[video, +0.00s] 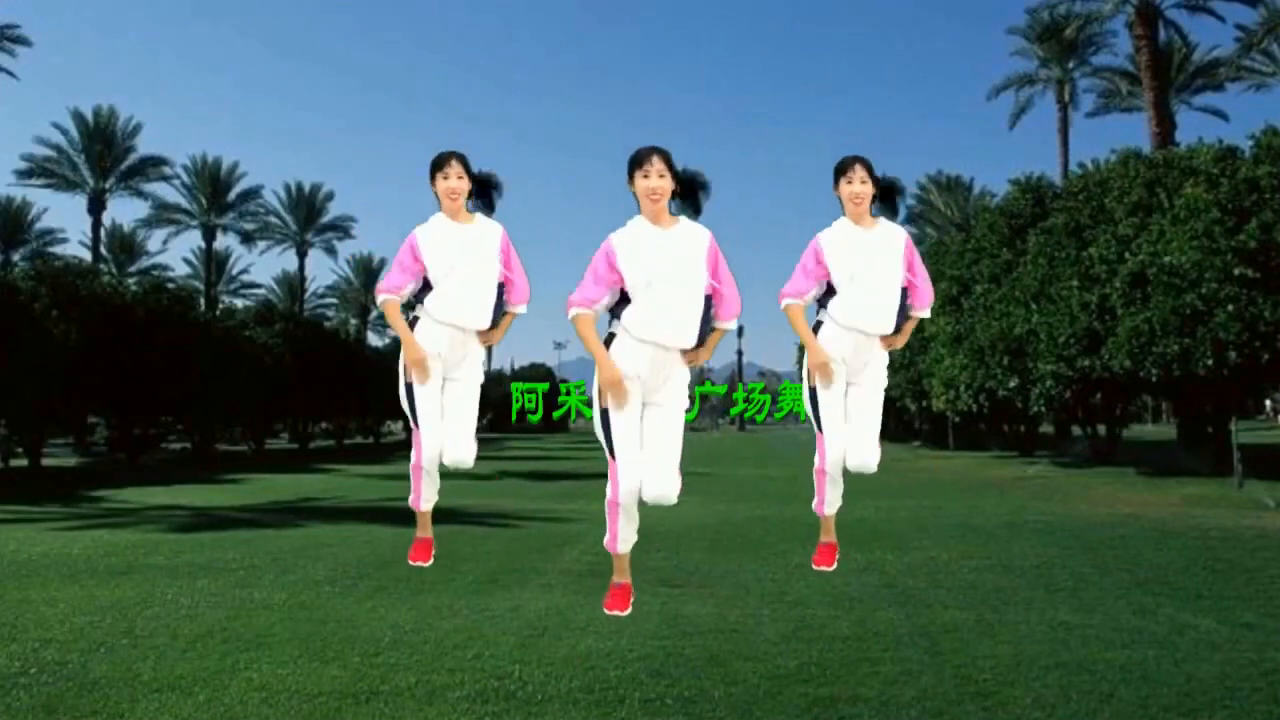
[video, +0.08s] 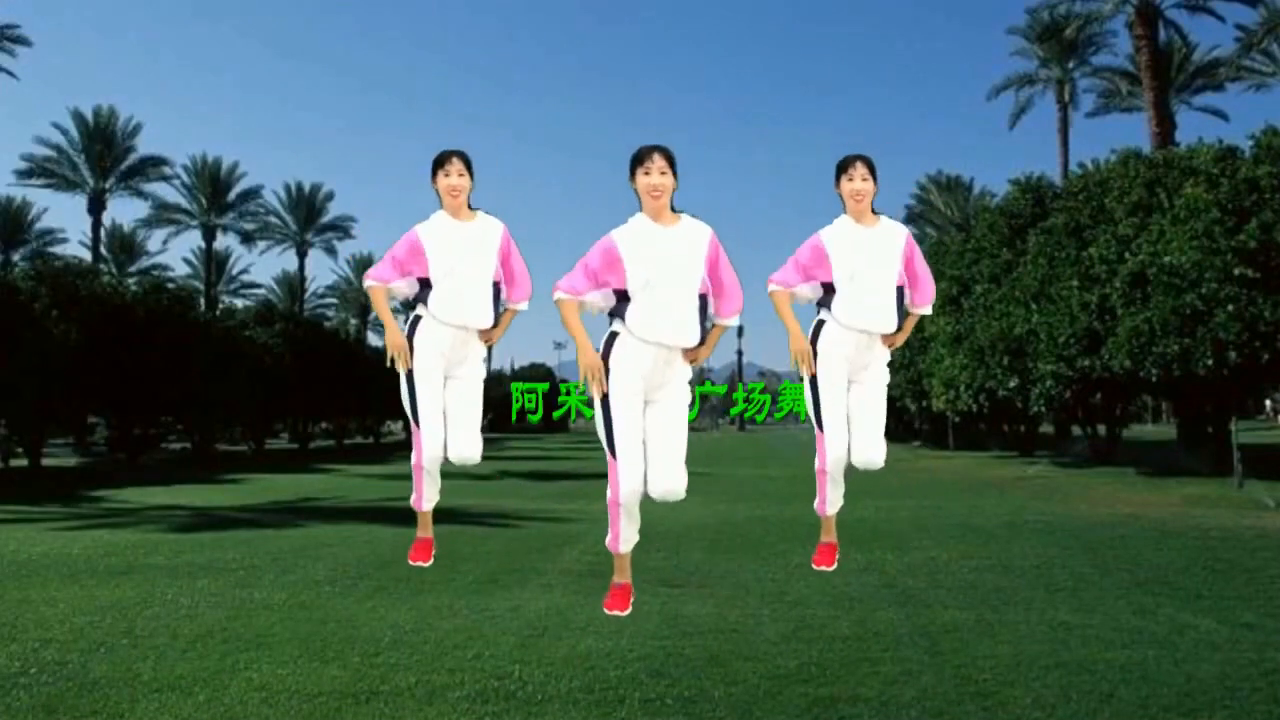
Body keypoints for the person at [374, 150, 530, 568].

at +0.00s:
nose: (453, 184)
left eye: (460, 177)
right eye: (445, 178)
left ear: (471, 184)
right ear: (434, 186)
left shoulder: (493, 234)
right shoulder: (424, 236)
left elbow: (519, 292)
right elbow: (387, 293)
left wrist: (496, 333)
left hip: (470, 343)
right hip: (427, 338)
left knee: (461, 455)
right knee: (427, 442)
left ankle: (430, 435)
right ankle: (424, 531)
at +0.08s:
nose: (454, 181)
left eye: (461, 174)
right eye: (446, 175)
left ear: (472, 181)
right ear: (435, 183)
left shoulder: (494, 231)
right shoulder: (424, 234)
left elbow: (520, 288)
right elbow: (374, 280)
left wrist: (497, 330)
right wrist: (392, 330)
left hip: (472, 342)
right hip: (430, 339)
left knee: (466, 453)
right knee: (429, 444)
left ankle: (432, 418)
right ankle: (424, 533)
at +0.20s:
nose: (461, 156)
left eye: (468, 149)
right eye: (453, 149)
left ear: (478, 158)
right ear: (441, 158)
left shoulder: (497, 207)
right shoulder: (422, 205)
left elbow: (530, 255)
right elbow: (372, 239)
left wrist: (506, 298)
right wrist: (402, 287)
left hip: (483, 319)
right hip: (438, 318)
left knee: (484, 428)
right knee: (438, 427)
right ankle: (426, 528)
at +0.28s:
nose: (464, 155)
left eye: (472, 148)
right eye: (457, 148)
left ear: (482, 156)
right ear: (444, 155)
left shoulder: (498, 202)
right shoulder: (423, 201)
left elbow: (533, 248)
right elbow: (378, 240)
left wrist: (512, 289)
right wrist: (413, 289)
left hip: (489, 313)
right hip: (444, 315)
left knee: (489, 425)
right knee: (446, 427)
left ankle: (488, 530)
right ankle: (433, 528)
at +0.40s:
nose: (474, 176)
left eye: (482, 170)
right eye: (466, 169)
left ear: (491, 178)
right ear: (454, 177)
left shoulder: (500, 223)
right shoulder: (433, 220)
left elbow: (536, 268)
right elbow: (397, 277)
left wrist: (512, 303)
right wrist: (419, 328)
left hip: (500, 329)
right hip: (456, 332)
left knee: (503, 435)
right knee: (471, 442)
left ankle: (487, 531)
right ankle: (450, 530)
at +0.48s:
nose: (477, 182)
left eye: (485, 175)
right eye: (469, 174)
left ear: (494, 183)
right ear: (457, 182)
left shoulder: (503, 234)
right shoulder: (436, 225)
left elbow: (541, 275)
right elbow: (400, 281)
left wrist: (519, 293)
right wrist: (420, 331)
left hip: (503, 334)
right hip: (459, 338)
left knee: (509, 436)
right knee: (477, 445)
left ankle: (489, 532)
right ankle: (451, 530)